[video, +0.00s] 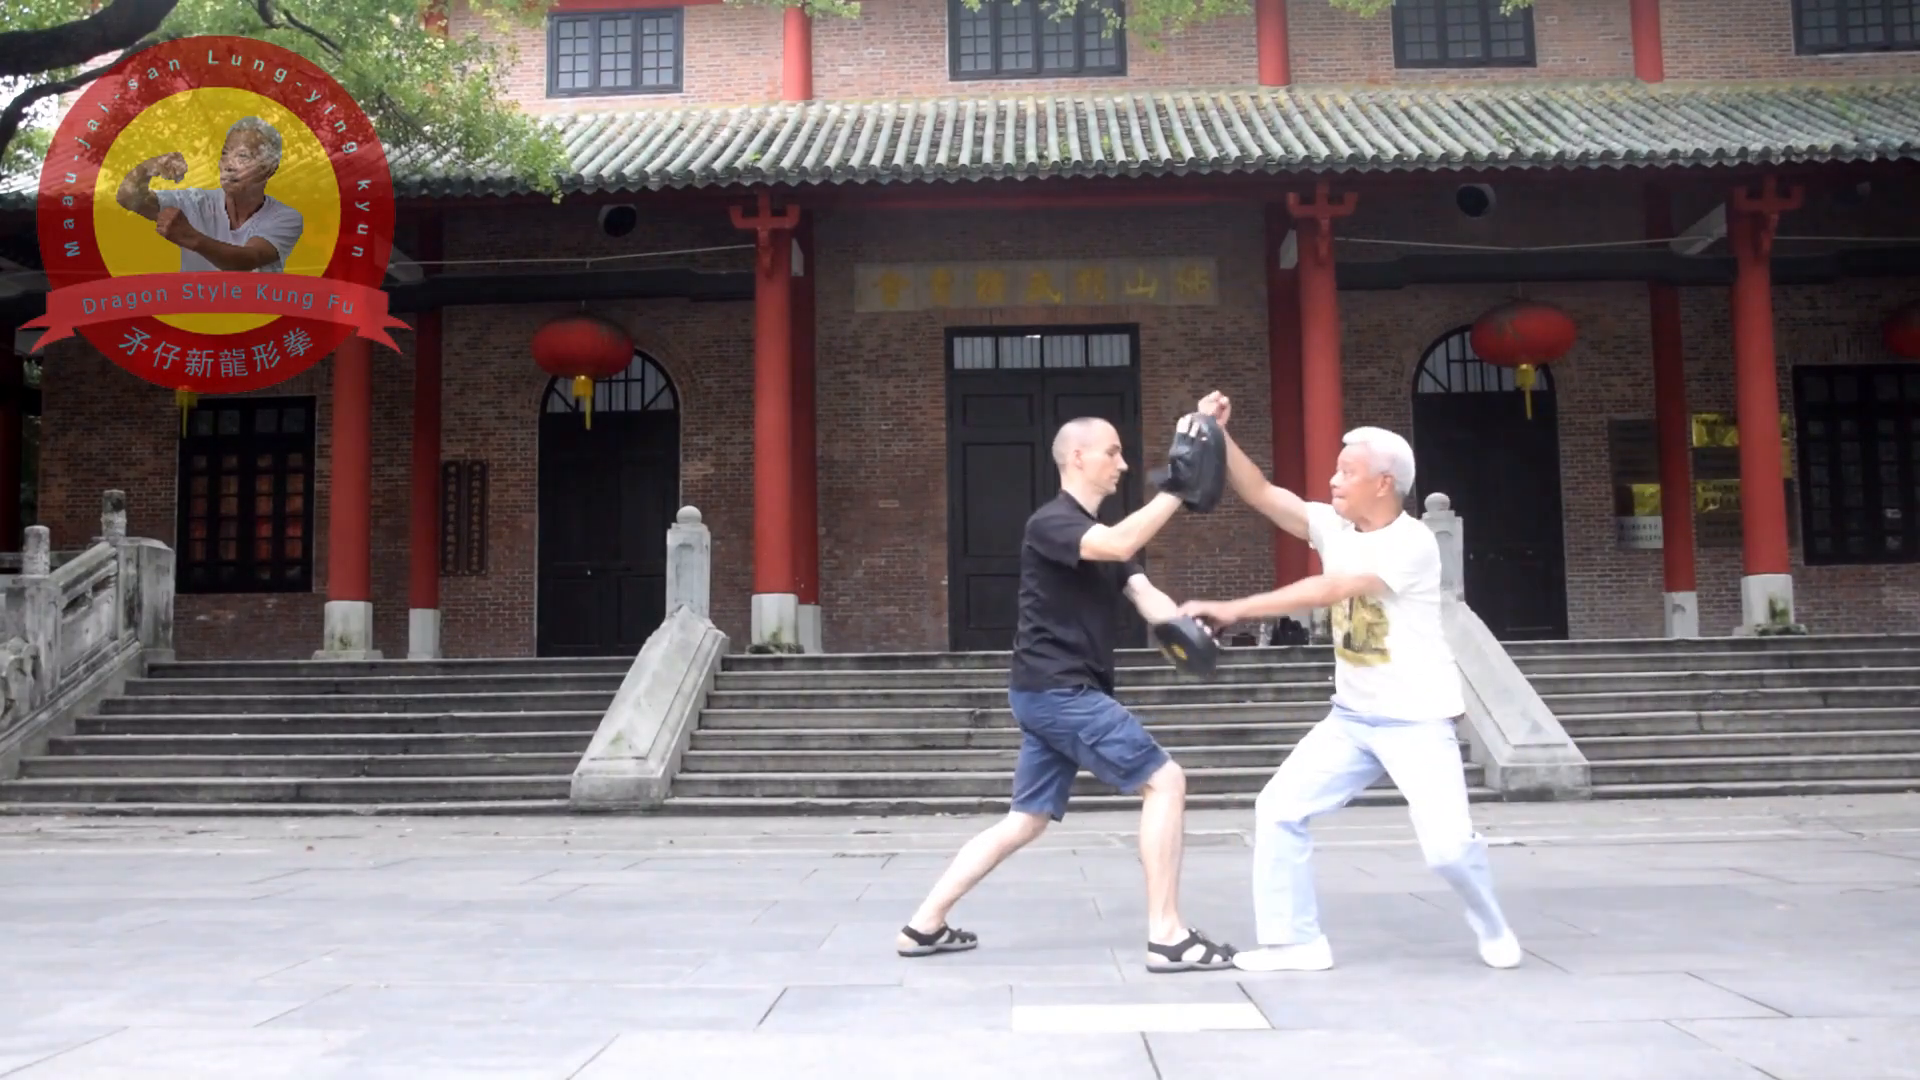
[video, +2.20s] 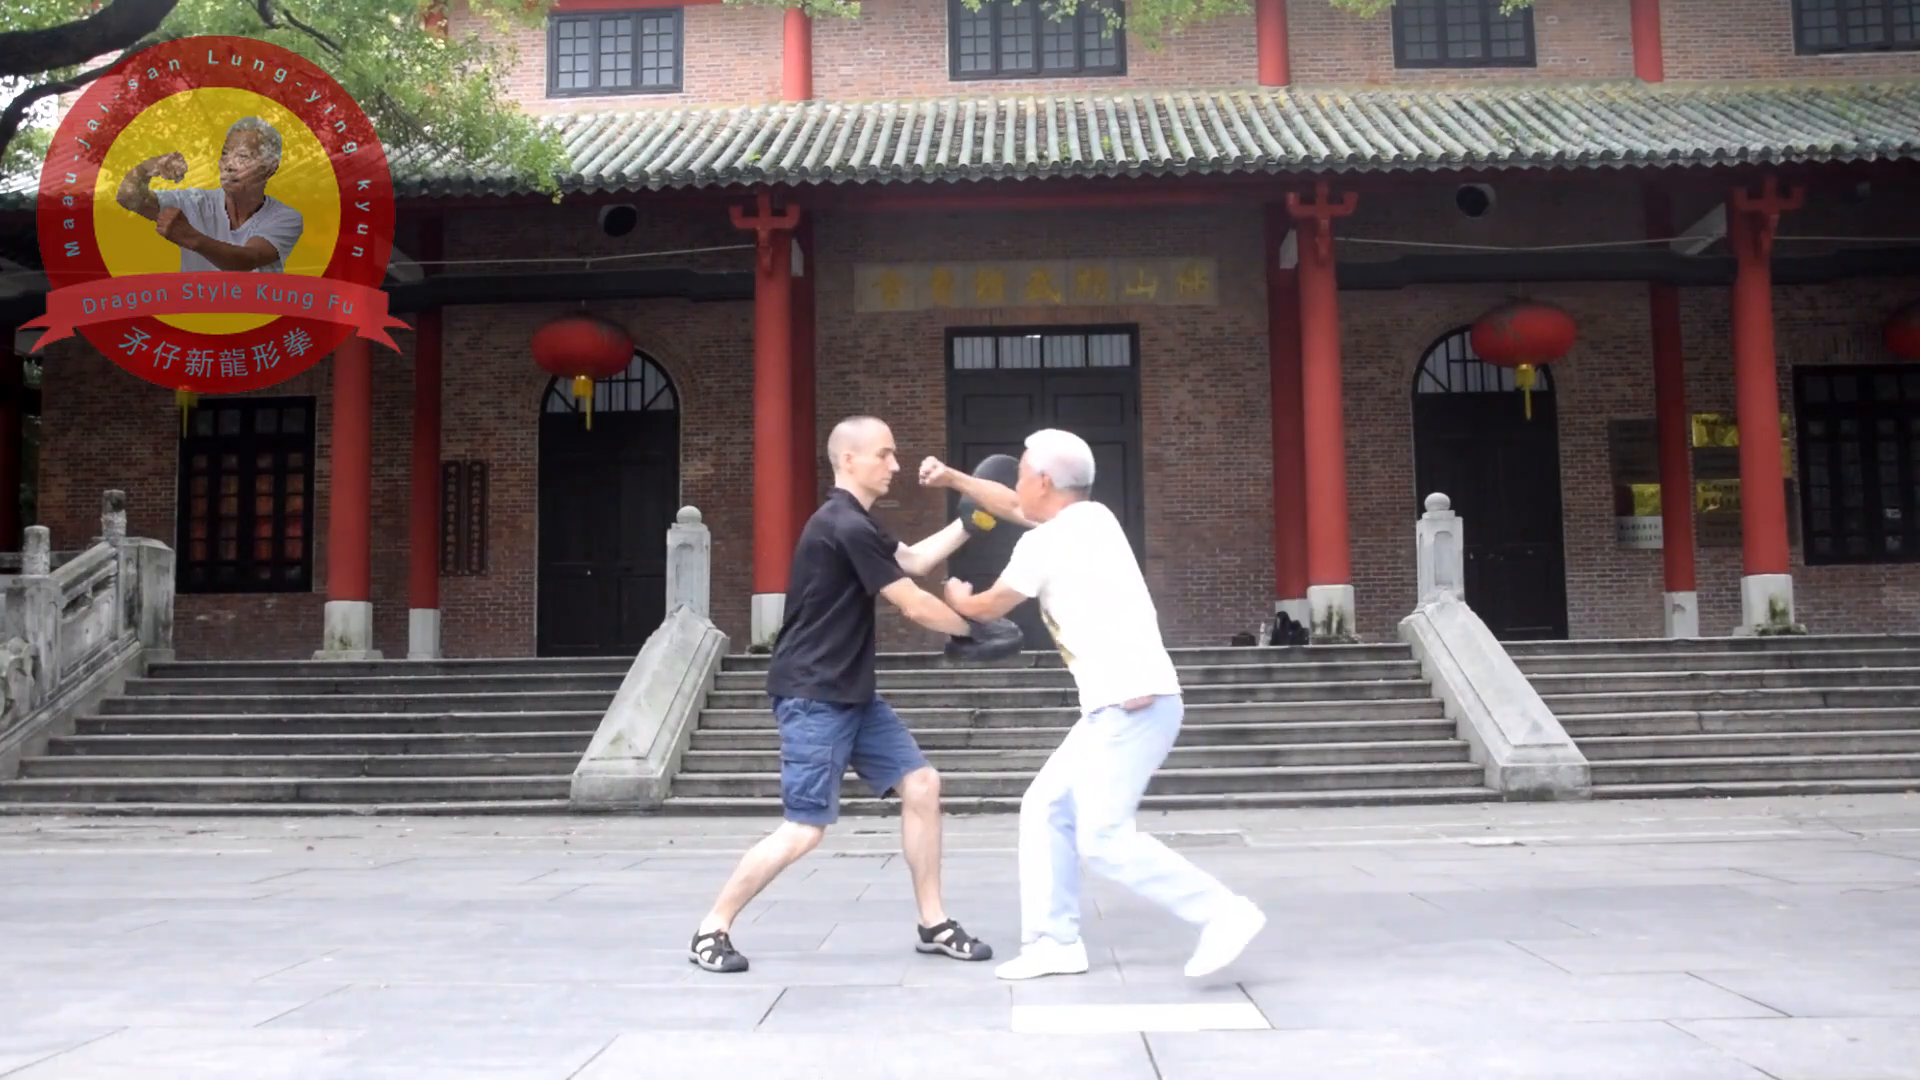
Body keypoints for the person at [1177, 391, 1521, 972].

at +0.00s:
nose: (1333, 483)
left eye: (1345, 473)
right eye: (1336, 472)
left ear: (1384, 484)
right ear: (1361, 482)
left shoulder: (1413, 544)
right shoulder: (1331, 526)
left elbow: (1331, 590)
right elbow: (1260, 492)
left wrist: (1236, 608)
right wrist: (1217, 435)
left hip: (1418, 724)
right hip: (1351, 717)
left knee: (1449, 850)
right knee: (1278, 808)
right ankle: (1298, 941)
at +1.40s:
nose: (1283, 486)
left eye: (1293, 476)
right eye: (1283, 475)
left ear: (1331, 479)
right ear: (1308, 481)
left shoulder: (1378, 534)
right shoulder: (1284, 531)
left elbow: (1331, 604)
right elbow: (1215, 548)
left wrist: (1248, 585)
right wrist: (1165, 496)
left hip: (1383, 705)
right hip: (1310, 703)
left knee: (1417, 828)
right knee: (1292, 810)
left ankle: (1411, 920)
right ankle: (1271, 940)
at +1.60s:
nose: (1302, 498)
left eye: (1313, 488)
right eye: (1302, 487)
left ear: (1351, 498)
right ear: (1339, 496)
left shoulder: (1387, 559)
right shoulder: (1288, 537)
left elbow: (1340, 635)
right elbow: (1217, 558)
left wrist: (1258, 633)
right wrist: (1168, 552)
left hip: (1355, 717)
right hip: (1279, 709)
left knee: (1409, 830)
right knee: (1252, 805)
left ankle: (1412, 923)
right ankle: (1256, 932)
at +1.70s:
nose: (1278, 509)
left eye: (1289, 499)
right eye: (1278, 498)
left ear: (1328, 508)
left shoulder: (1361, 568)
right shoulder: (1264, 544)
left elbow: (1323, 633)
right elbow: (1219, 588)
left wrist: (1274, 693)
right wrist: (1269, 579)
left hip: (1332, 721)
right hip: (1256, 713)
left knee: (1392, 833)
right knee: (1198, 797)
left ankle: (1411, 923)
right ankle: (1173, 923)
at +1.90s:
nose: (1155, 502)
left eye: (1166, 493)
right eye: (1158, 493)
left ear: (1200, 503)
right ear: (1184, 501)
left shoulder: (1235, 560)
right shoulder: (1151, 547)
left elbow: (1177, 612)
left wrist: (1102, 566)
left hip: (1255, 732)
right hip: (1185, 730)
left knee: (1321, 831)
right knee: (1112, 809)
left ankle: (1407, 911)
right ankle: (1066, 936)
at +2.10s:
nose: (1049, 484)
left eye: (1056, 476)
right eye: (1054, 474)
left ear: (1080, 487)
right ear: (1092, 489)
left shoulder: (1083, 545)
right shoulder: (1111, 528)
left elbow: (1014, 605)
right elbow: (1037, 515)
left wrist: (975, 612)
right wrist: (973, 491)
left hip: (1168, 719)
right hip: (1123, 717)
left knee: (1186, 848)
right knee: (1054, 804)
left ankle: (1294, 885)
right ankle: (1053, 940)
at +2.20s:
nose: (1017, 483)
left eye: (1021, 473)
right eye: (1021, 473)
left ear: (1042, 482)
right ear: (1069, 483)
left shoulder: (1043, 542)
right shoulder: (1097, 517)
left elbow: (989, 606)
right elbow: (1016, 505)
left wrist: (958, 598)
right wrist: (952, 477)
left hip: (1129, 706)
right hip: (1129, 703)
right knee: (1042, 807)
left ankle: (1224, 913)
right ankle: (1055, 941)